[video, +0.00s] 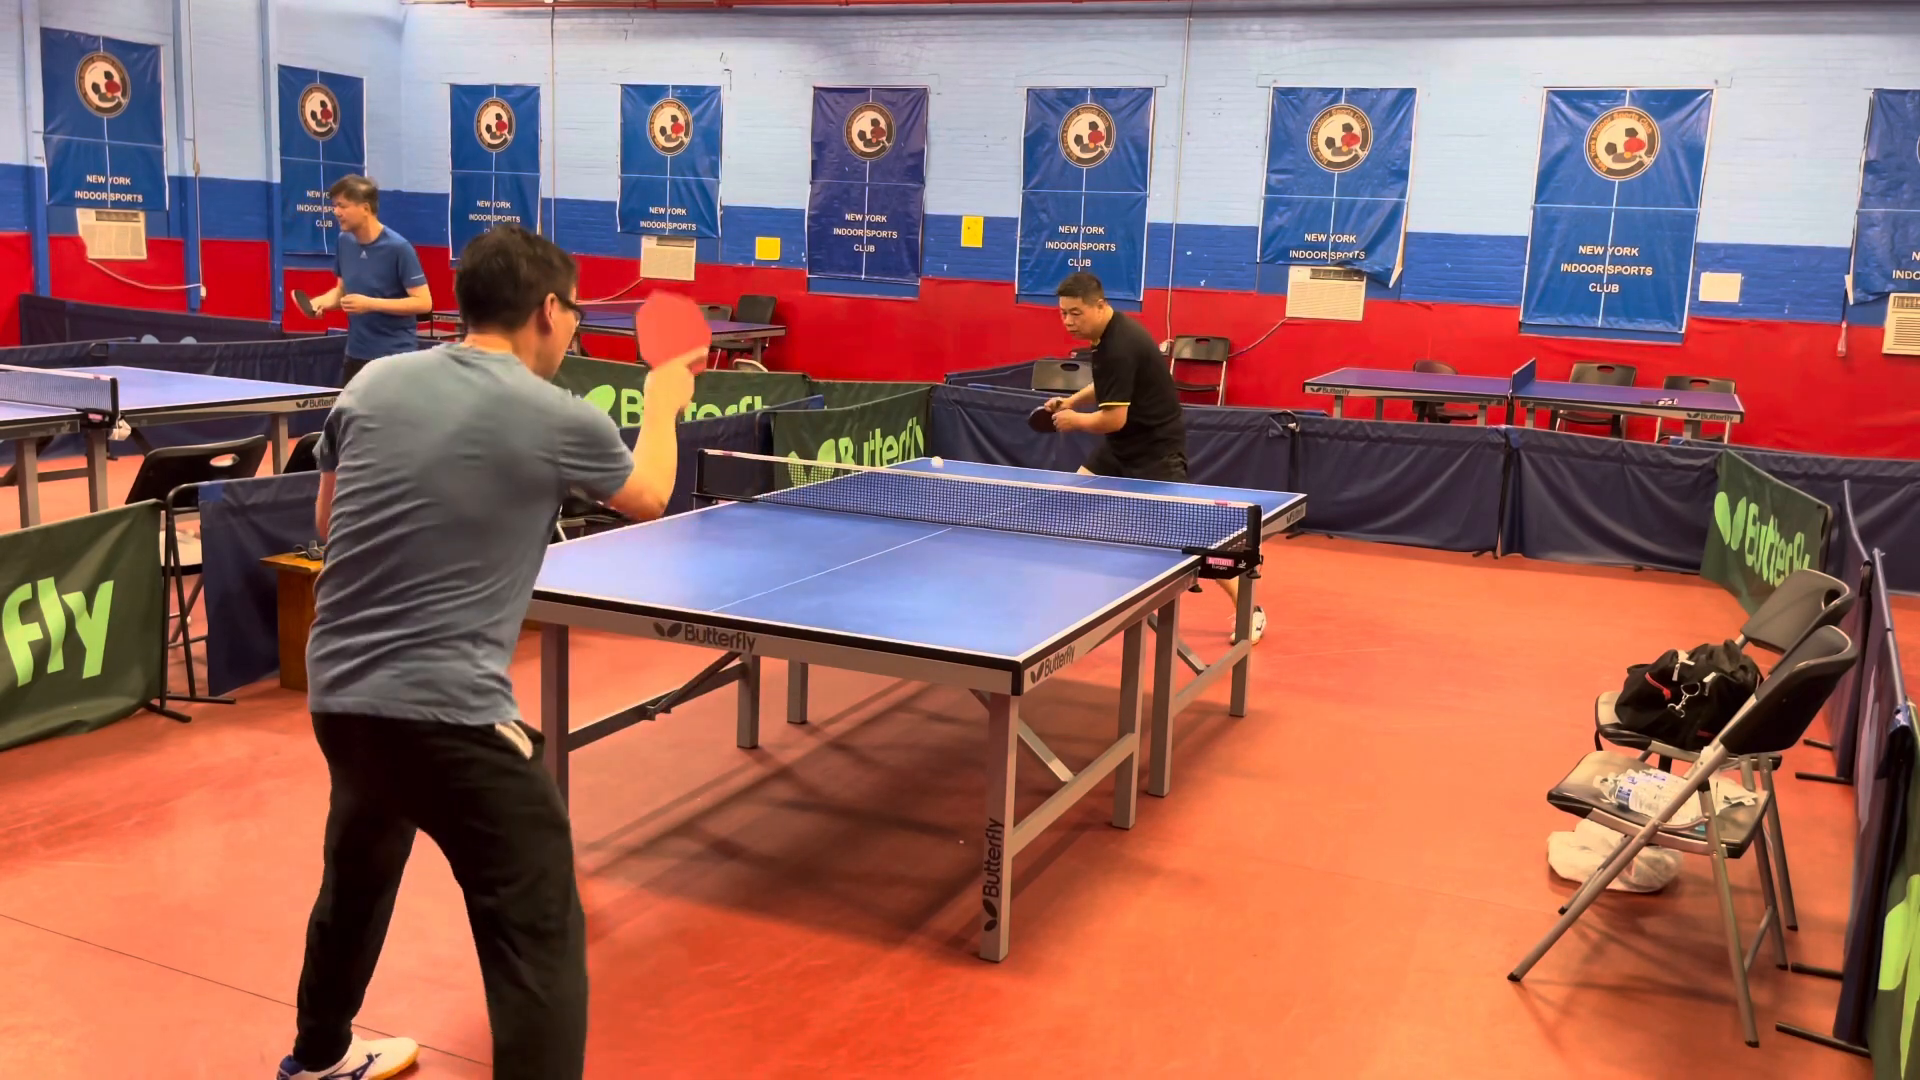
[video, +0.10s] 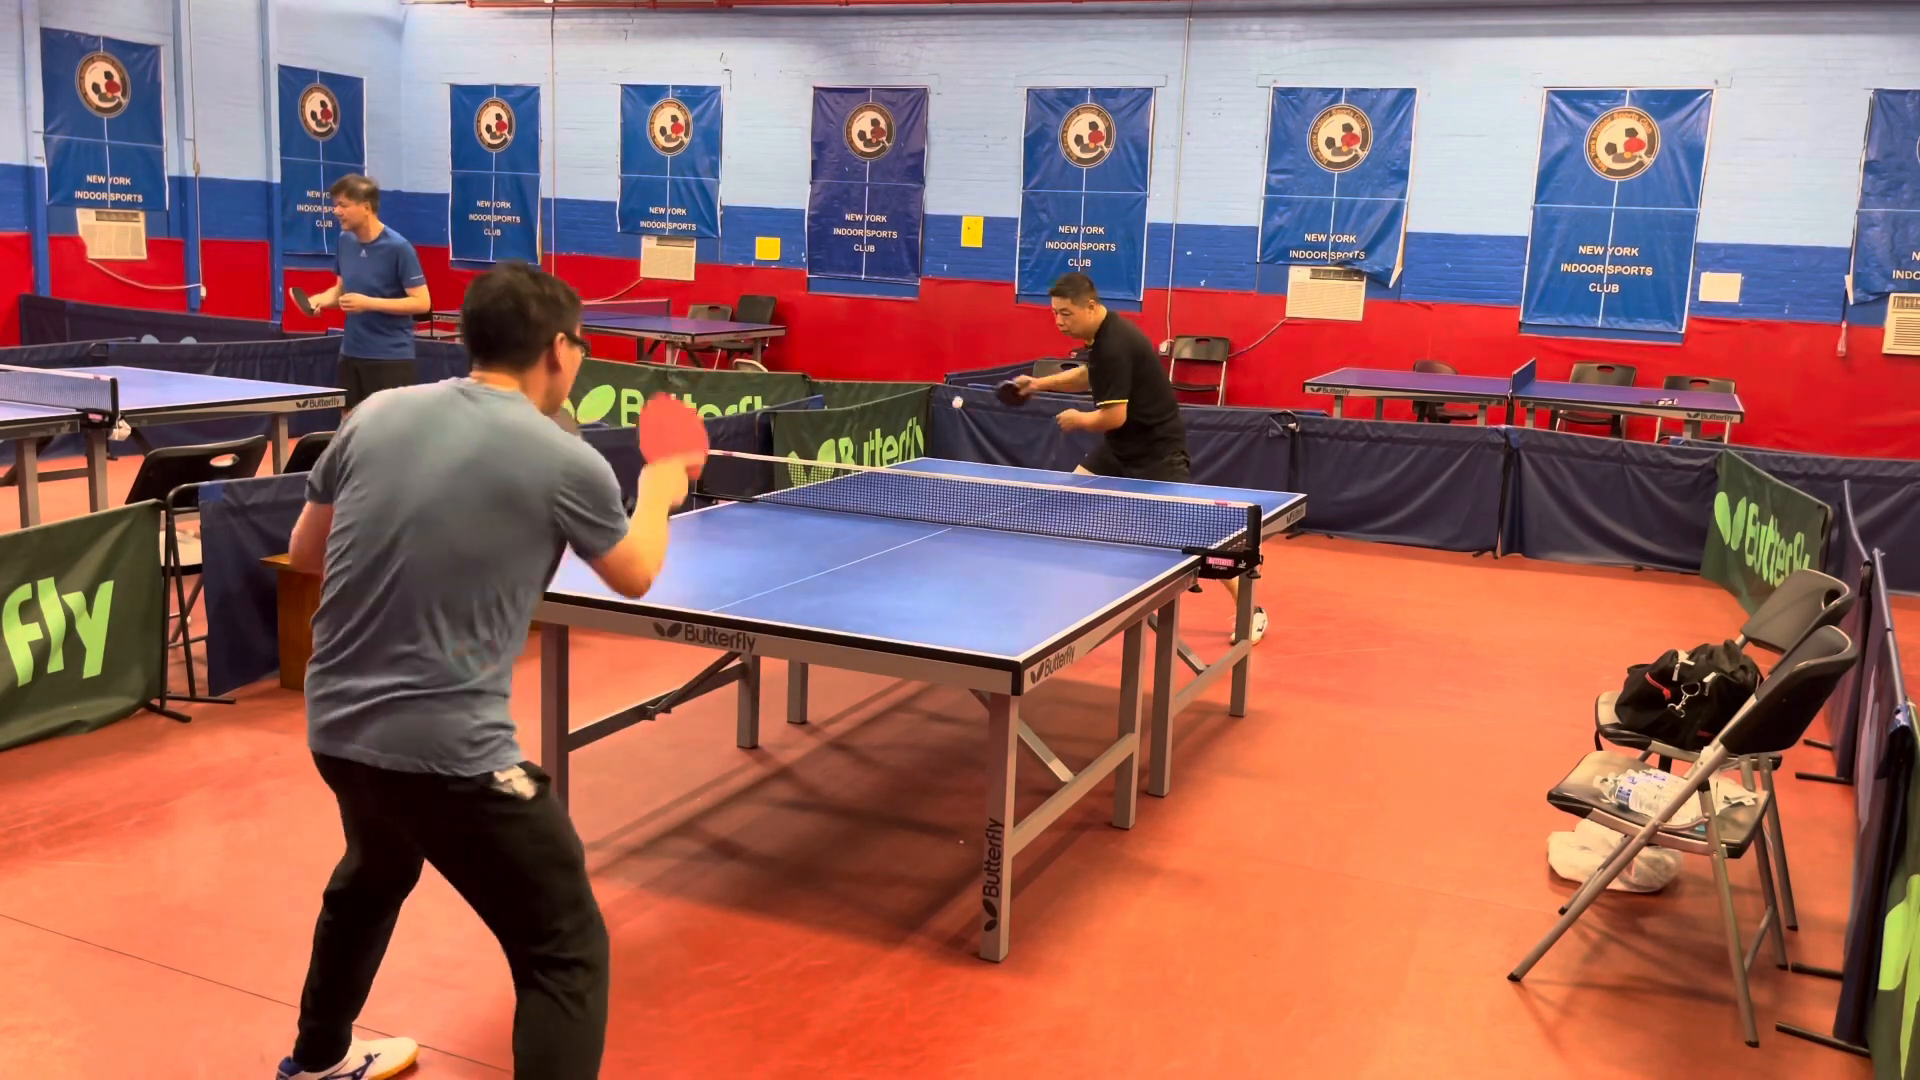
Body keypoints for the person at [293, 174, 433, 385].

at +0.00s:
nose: (336, 212)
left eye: (342, 206)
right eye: (335, 206)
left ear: (365, 208)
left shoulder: (399, 248)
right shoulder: (345, 241)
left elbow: (424, 303)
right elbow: (342, 290)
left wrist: (370, 304)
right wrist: (320, 302)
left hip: (395, 361)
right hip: (356, 357)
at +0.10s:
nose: (337, 212)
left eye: (343, 205)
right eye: (336, 205)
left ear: (366, 207)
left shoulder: (399, 248)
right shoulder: (345, 241)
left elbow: (422, 303)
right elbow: (342, 288)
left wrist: (368, 303)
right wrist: (319, 300)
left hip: (392, 362)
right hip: (352, 359)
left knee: (392, 436)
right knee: (353, 436)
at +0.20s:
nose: (337, 209)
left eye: (343, 202)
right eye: (336, 203)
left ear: (366, 206)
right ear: (362, 207)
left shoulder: (398, 248)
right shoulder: (344, 240)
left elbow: (421, 302)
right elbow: (343, 287)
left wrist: (367, 302)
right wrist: (318, 302)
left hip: (389, 360)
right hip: (349, 356)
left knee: (388, 434)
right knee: (350, 429)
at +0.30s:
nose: (337, 207)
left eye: (343, 201)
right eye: (336, 201)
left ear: (366, 206)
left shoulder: (398, 247)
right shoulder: (343, 240)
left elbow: (421, 301)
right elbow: (345, 288)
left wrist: (366, 301)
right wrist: (319, 305)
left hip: (390, 358)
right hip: (349, 355)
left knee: (403, 433)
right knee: (348, 428)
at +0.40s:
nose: (337, 208)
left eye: (343, 202)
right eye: (336, 202)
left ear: (366, 204)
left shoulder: (397, 245)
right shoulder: (344, 241)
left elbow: (420, 300)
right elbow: (350, 290)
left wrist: (365, 299)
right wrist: (321, 306)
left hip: (389, 356)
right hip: (349, 353)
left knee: (407, 432)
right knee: (347, 429)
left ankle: (440, 496)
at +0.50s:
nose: (336, 206)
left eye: (342, 200)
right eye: (335, 200)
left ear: (365, 203)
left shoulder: (397, 244)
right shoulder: (344, 242)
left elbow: (420, 299)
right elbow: (352, 291)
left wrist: (366, 299)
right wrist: (325, 306)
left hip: (389, 356)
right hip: (349, 353)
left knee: (407, 433)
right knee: (347, 430)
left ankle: (442, 492)